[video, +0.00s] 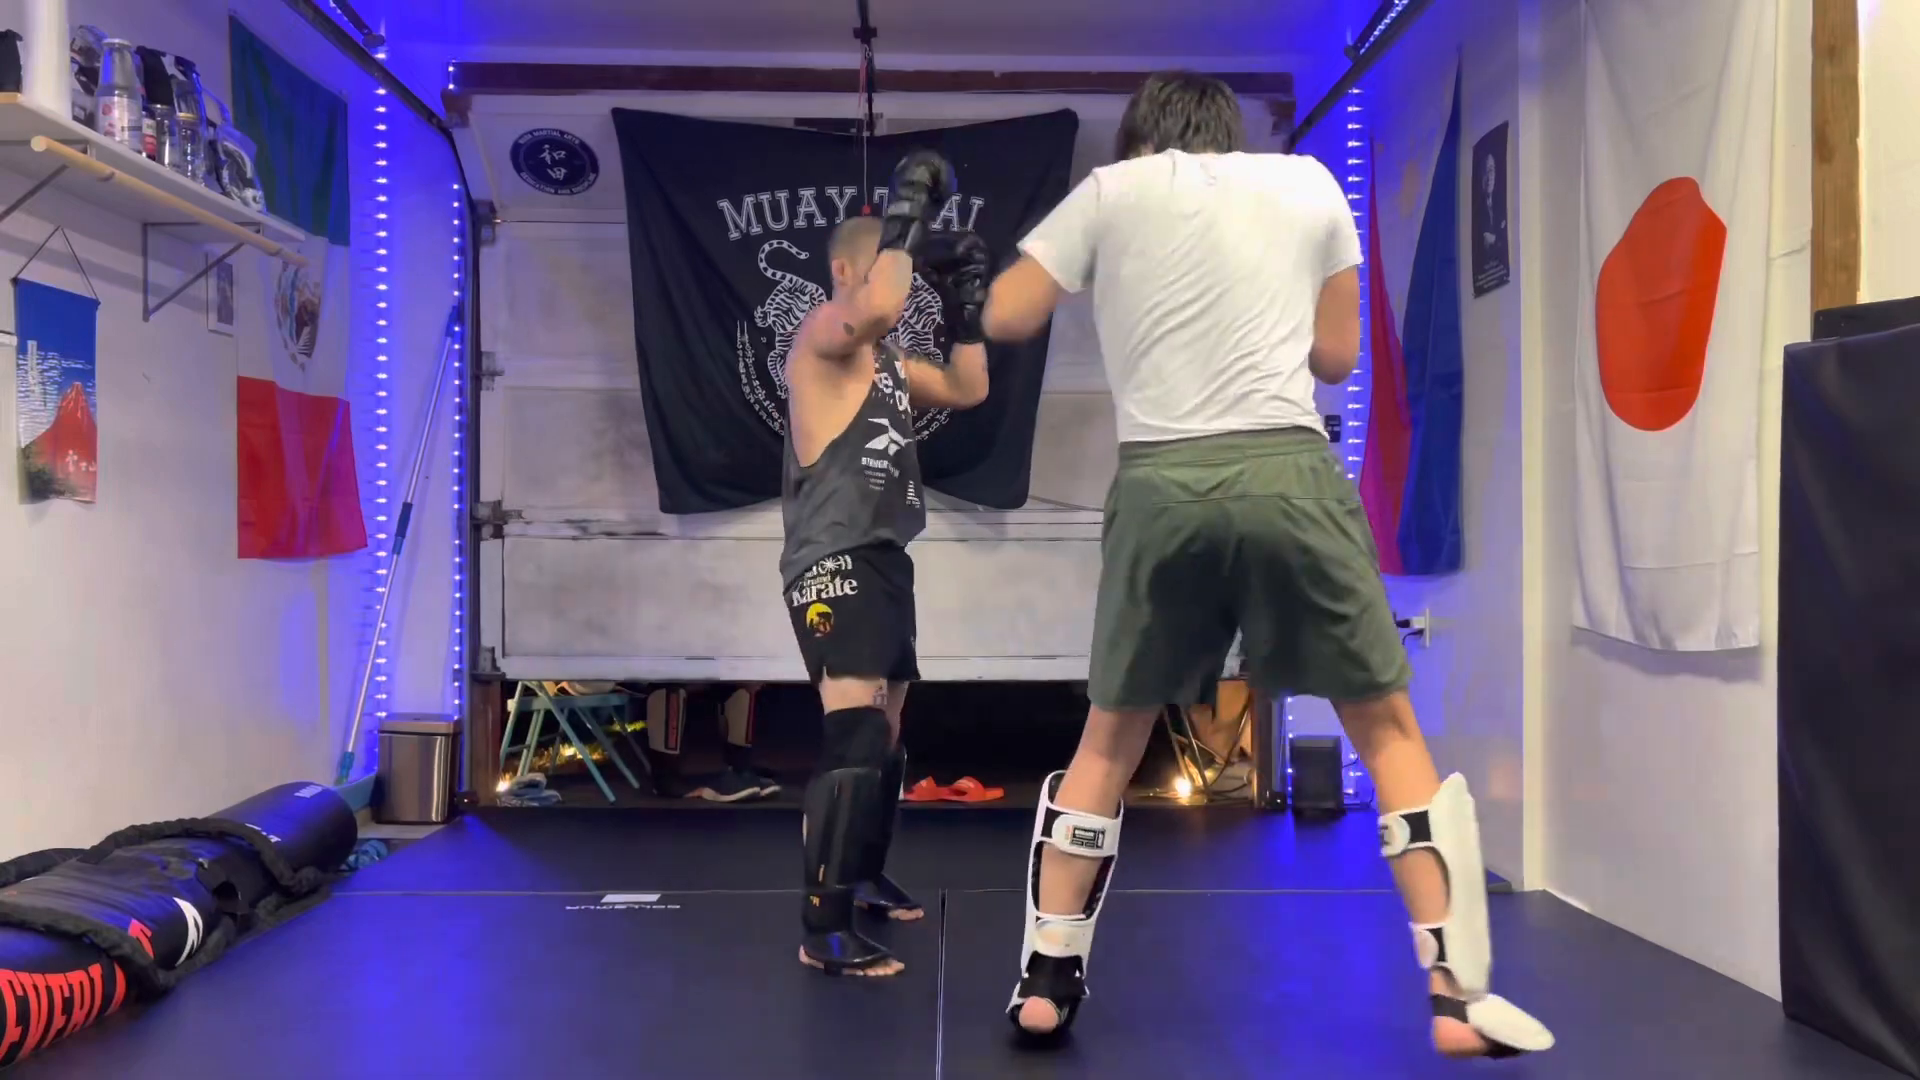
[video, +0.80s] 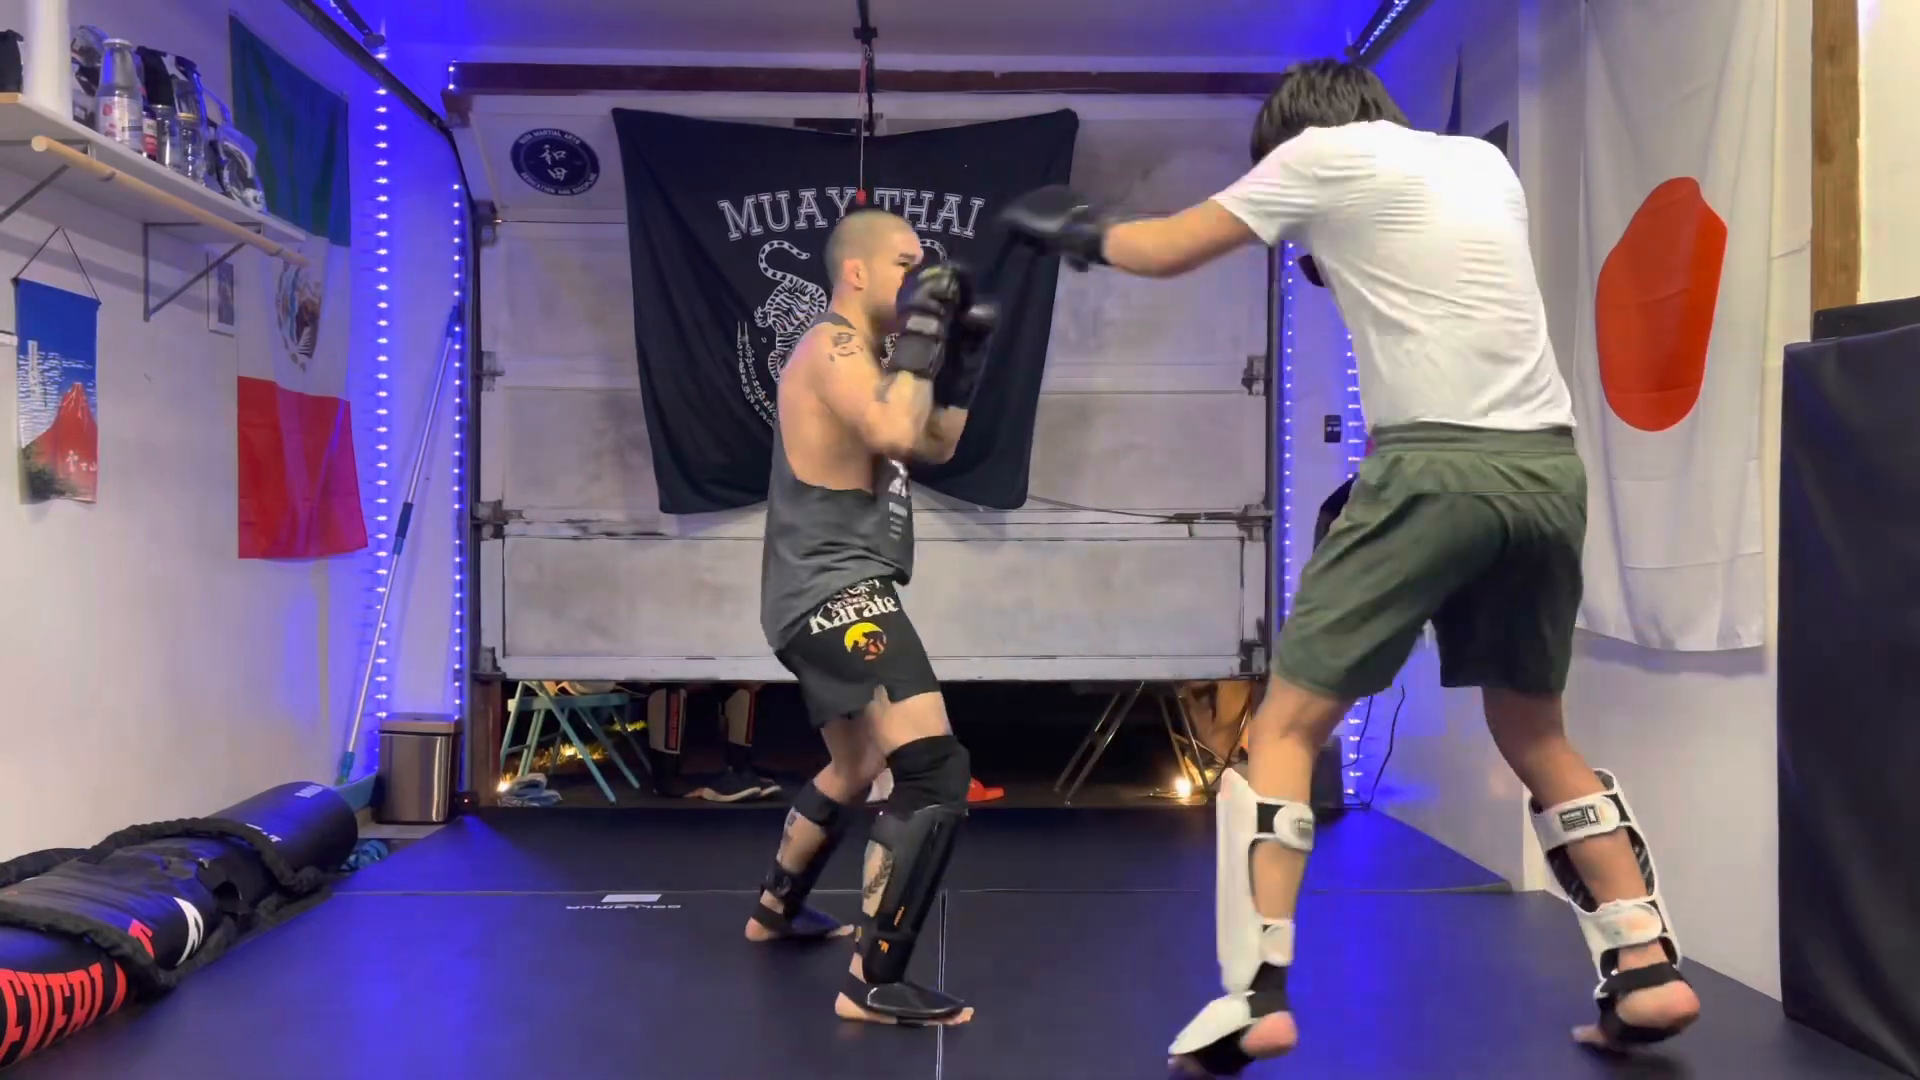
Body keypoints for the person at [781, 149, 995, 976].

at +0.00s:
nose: (896, 285)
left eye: (900, 273)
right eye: (887, 272)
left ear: (878, 280)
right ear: (847, 273)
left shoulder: (887, 359)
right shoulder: (822, 333)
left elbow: (969, 388)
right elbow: (876, 306)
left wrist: (967, 305)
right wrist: (904, 227)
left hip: (883, 556)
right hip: (834, 556)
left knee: (884, 724)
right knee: (856, 732)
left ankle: (864, 882)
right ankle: (824, 928)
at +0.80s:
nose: (919, 280)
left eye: (919, 266)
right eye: (905, 265)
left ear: (868, 278)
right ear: (854, 273)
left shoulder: (865, 354)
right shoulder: (832, 352)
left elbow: (942, 444)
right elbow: (897, 433)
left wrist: (959, 356)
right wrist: (926, 335)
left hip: (824, 593)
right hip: (839, 592)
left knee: (853, 767)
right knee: (935, 775)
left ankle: (777, 904)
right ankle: (876, 983)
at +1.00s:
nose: (902, 283)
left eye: (902, 268)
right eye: (890, 266)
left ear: (850, 270)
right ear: (842, 268)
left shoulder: (851, 354)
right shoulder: (794, 340)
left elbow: (927, 445)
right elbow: (777, 445)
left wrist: (959, 357)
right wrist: (873, 414)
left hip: (832, 578)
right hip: (814, 581)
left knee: (827, 757)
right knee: (900, 760)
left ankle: (745, 884)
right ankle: (874, 979)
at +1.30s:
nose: (852, 271)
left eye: (852, 259)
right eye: (838, 258)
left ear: (822, 271)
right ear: (786, 268)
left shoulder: (816, 351)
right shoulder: (748, 337)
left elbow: (859, 448)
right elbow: (731, 447)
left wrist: (913, 386)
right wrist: (798, 357)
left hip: (788, 572)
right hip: (751, 571)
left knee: (793, 745)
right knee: (817, 751)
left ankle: (739, 881)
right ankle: (802, 958)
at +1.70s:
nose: (779, 281)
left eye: (779, 267)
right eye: (764, 265)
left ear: (723, 277)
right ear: (711, 272)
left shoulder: (722, 351)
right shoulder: (690, 340)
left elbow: (772, 453)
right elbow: (734, 417)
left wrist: (825, 386)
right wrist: (804, 327)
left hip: (674, 590)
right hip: (686, 591)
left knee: (701, 766)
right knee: (771, 773)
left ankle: (691, 900)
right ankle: (690, 967)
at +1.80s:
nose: (759, 286)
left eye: (756, 271)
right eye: (742, 269)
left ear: (686, 284)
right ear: (690, 278)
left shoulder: (666, 359)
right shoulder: (689, 343)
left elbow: (714, 451)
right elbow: (792, 336)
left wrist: (760, 417)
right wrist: (910, 284)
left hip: (613, 603)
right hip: (653, 605)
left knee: (667, 767)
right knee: (732, 802)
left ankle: (650, 906)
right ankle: (666, 1015)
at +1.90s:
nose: (734, 280)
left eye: (732, 265)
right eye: (720, 262)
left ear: (661, 276)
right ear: (666, 271)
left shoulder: (634, 354)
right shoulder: (663, 338)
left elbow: (693, 458)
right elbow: (755, 355)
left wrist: (746, 395)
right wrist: (866, 304)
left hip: (572, 609)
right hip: (617, 608)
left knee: (621, 762)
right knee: (714, 793)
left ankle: (540, 910)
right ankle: (663, 1019)